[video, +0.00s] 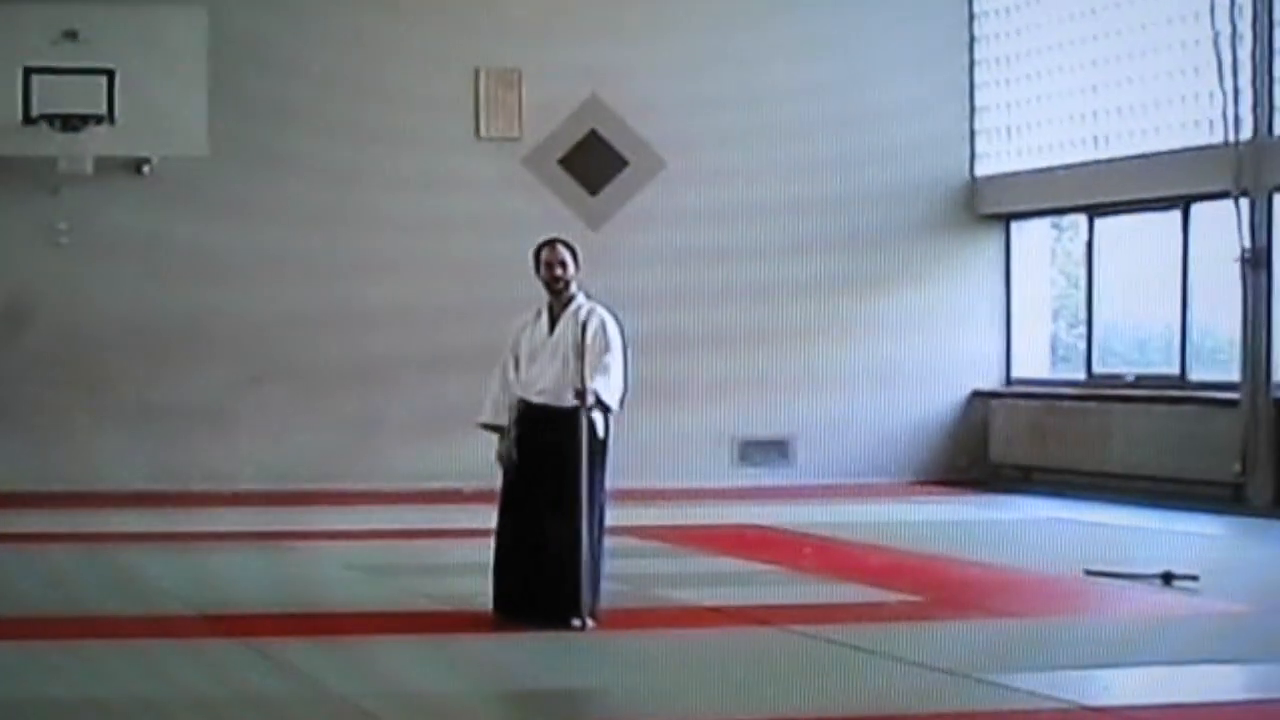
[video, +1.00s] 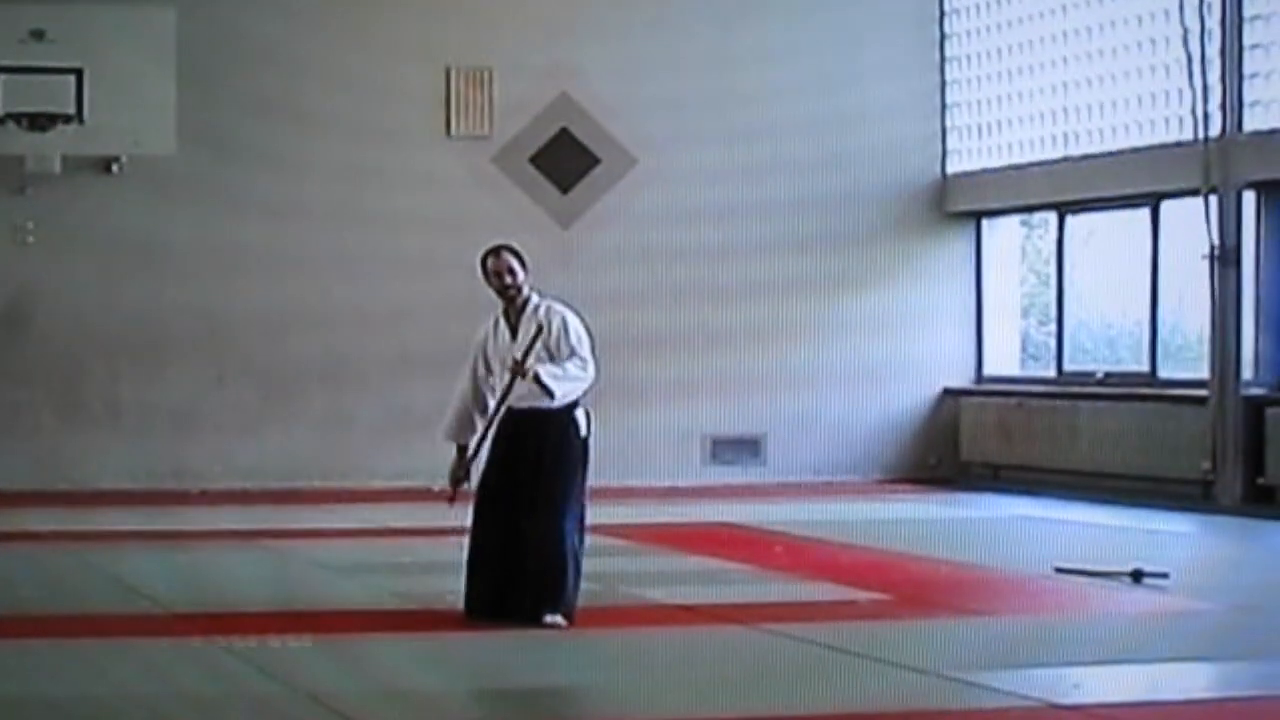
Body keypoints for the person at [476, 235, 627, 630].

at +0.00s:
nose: (556, 272)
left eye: (562, 264)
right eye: (548, 266)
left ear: (575, 269)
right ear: (539, 273)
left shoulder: (595, 319)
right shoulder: (526, 327)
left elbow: (609, 369)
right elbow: (507, 382)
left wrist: (592, 403)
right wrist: (503, 432)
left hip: (576, 421)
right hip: (531, 421)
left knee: (576, 512)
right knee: (524, 511)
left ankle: (577, 605)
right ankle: (520, 603)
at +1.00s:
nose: (505, 281)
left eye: (510, 272)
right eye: (496, 276)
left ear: (525, 273)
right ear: (489, 283)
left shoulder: (558, 319)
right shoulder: (490, 333)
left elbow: (584, 369)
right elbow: (475, 398)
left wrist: (540, 374)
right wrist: (462, 454)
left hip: (556, 425)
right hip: (510, 426)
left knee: (554, 517)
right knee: (498, 513)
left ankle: (555, 605)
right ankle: (497, 603)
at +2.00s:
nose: (562, 297)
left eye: (569, 288)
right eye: (554, 289)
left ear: (583, 289)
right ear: (544, 294)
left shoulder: (607, 333)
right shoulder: (532, 331)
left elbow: (620, 393)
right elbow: (528, 380)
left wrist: (587, 410)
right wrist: (554, 407)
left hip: (605, 434)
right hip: (560, 432)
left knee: (596, 520)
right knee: (542, 516)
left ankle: (598, 609)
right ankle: (541, 604)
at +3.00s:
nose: (483, 246)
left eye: (488, 237)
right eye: (474, 242)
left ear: (503, 239)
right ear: (466, 251)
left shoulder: (533, 289)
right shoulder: (459, 298)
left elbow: (557, 339)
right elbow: (443, 346)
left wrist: (568, 385)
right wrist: (472, 374)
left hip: (537, 396)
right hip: (484, 399)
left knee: (559, 484)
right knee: (445, 474)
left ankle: (589, 570)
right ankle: (430, 563)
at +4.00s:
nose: (474, 243)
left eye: (479, 233)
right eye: (464, 238)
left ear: (494, 234)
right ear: (456, 246)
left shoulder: (523, 279)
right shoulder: (453, 287)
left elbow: (537, 339)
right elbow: (411, 281)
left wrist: (510, 297)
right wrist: (375, 255)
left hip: (531, 388)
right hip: (482, 387)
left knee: (538, 470)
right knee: (451, 466)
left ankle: (545, 551)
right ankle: (442, 551)